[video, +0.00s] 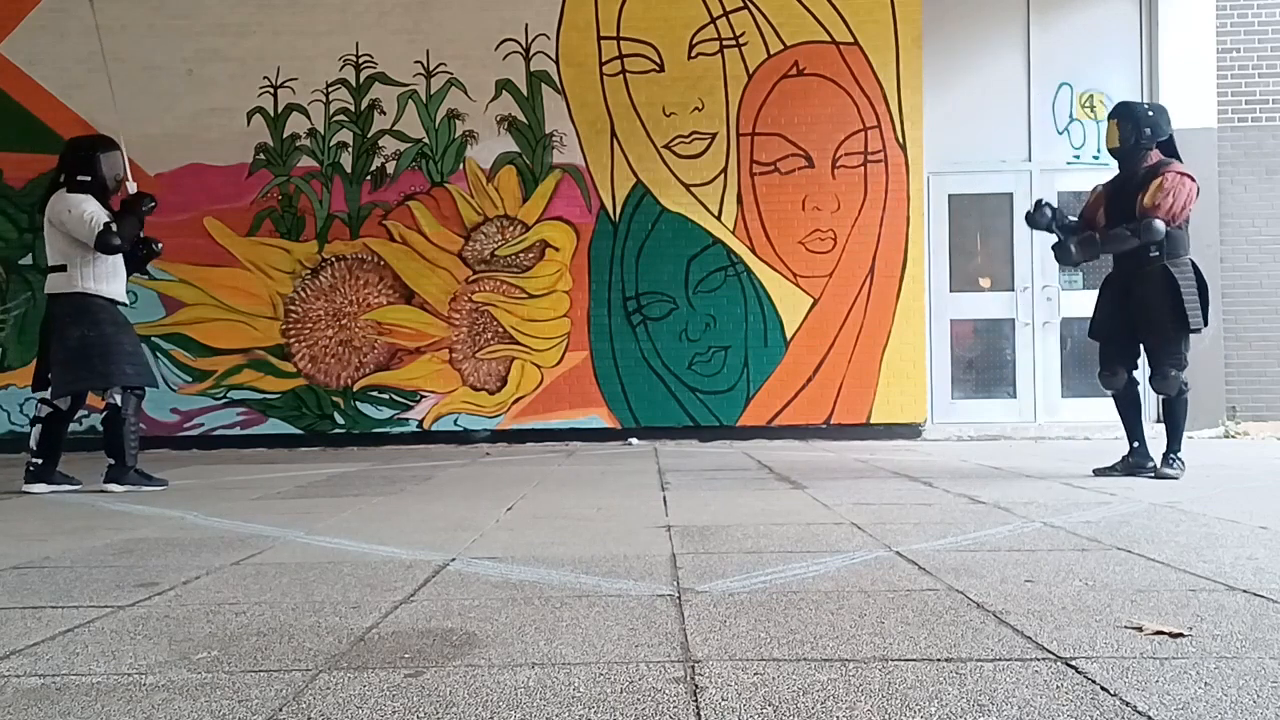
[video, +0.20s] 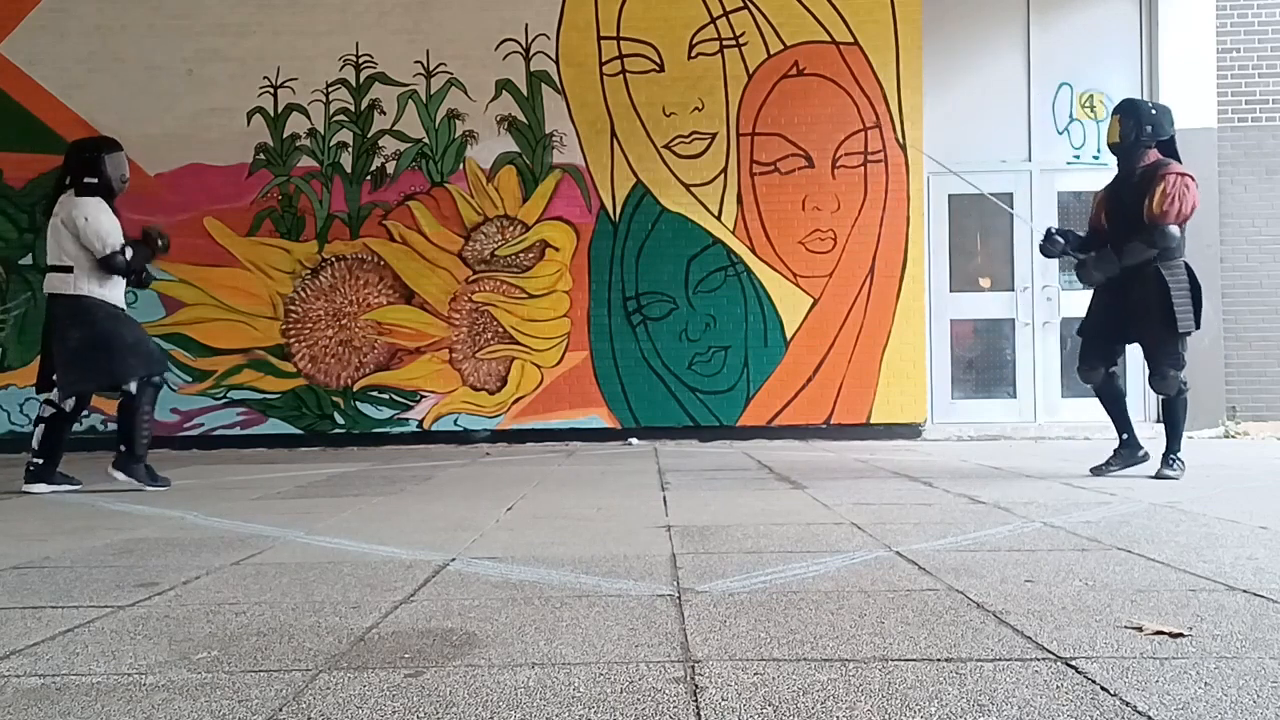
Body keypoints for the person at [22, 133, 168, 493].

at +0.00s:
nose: (119, 174)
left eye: (118, 165)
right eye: (113, 165)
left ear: (79, 167)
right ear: (93, 166)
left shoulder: (88, 206)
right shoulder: (72, 202)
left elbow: (101, 268)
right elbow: (111, 238)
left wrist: (138, 258)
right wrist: (134, 210)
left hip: (73, 306)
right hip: (88, 306)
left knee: (66, 391)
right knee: (129, 382)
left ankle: (41, 470)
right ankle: (124, 468)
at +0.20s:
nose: (124, 174)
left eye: (122, 165)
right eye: (116, 166)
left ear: (81, 170)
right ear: (99, 170)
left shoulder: (66, 204)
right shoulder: (91, 207)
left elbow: (86, 261)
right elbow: (116, 260)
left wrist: (131, 271)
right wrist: (145, 248)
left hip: (64, 311)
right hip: (89, 314)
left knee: (68, 392)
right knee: (149, 369)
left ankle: (41, 470)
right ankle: (132, 459)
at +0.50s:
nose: (159, 182)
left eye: (156, 173)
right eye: (152, 174)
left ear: (111, 179)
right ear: (134, 179)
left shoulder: (89, 216)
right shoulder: (134, 218)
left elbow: (66, 269)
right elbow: (154, 278)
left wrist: (105, 282)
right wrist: (174, 305)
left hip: (91, 322)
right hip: (125, 323)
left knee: (85, 397)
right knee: (173, 380)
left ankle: (43, 470)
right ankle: (200, 460)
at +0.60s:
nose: (181, 182)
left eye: (179, 174)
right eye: (174, 174)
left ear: (136, 183)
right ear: (155, 181)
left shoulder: (115, 219)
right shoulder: (158, 225)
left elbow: (88, 264)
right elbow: (178, 284)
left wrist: (120, 285)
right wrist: (194, 312)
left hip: (113, 323)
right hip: (146, 326)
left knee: (95, 399)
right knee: (207, 377)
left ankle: (46, 466)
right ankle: (212, 466)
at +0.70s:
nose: (204, 183)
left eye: (202, 175)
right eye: (198, 176)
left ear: (155, 181)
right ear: (183, 181)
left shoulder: (136, 219)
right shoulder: (185, 222)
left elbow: (110, 268)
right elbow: (202, 281)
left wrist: (150, 282)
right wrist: (218, 303)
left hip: (139, 324)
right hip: (174, 325)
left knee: (130, 404)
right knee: (232, 383)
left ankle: (69, 459)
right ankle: (216, 468)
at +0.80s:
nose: (228, 181)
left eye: (226, 173)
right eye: (223, 173)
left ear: (178, 178)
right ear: (209, 178)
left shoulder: (161, 215)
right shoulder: (209, 219)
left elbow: (131, 267)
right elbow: (227, 278)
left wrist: (167, 280)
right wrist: (246, 298)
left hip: (158, 320)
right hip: (193, 321)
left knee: (182, 400)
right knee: (242, 386)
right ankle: (217, 469)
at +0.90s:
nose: (252, 178)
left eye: (250, 170)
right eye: (246, 170)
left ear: (202, 175)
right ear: (232, 176)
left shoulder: (182, 212)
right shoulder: (231, 217)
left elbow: (152, 267)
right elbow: (248, 282)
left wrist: (189, 275)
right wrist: (264, 287)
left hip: (179, 313)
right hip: (211, 315)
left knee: (233, 386)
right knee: (255, 387)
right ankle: (217, 470)